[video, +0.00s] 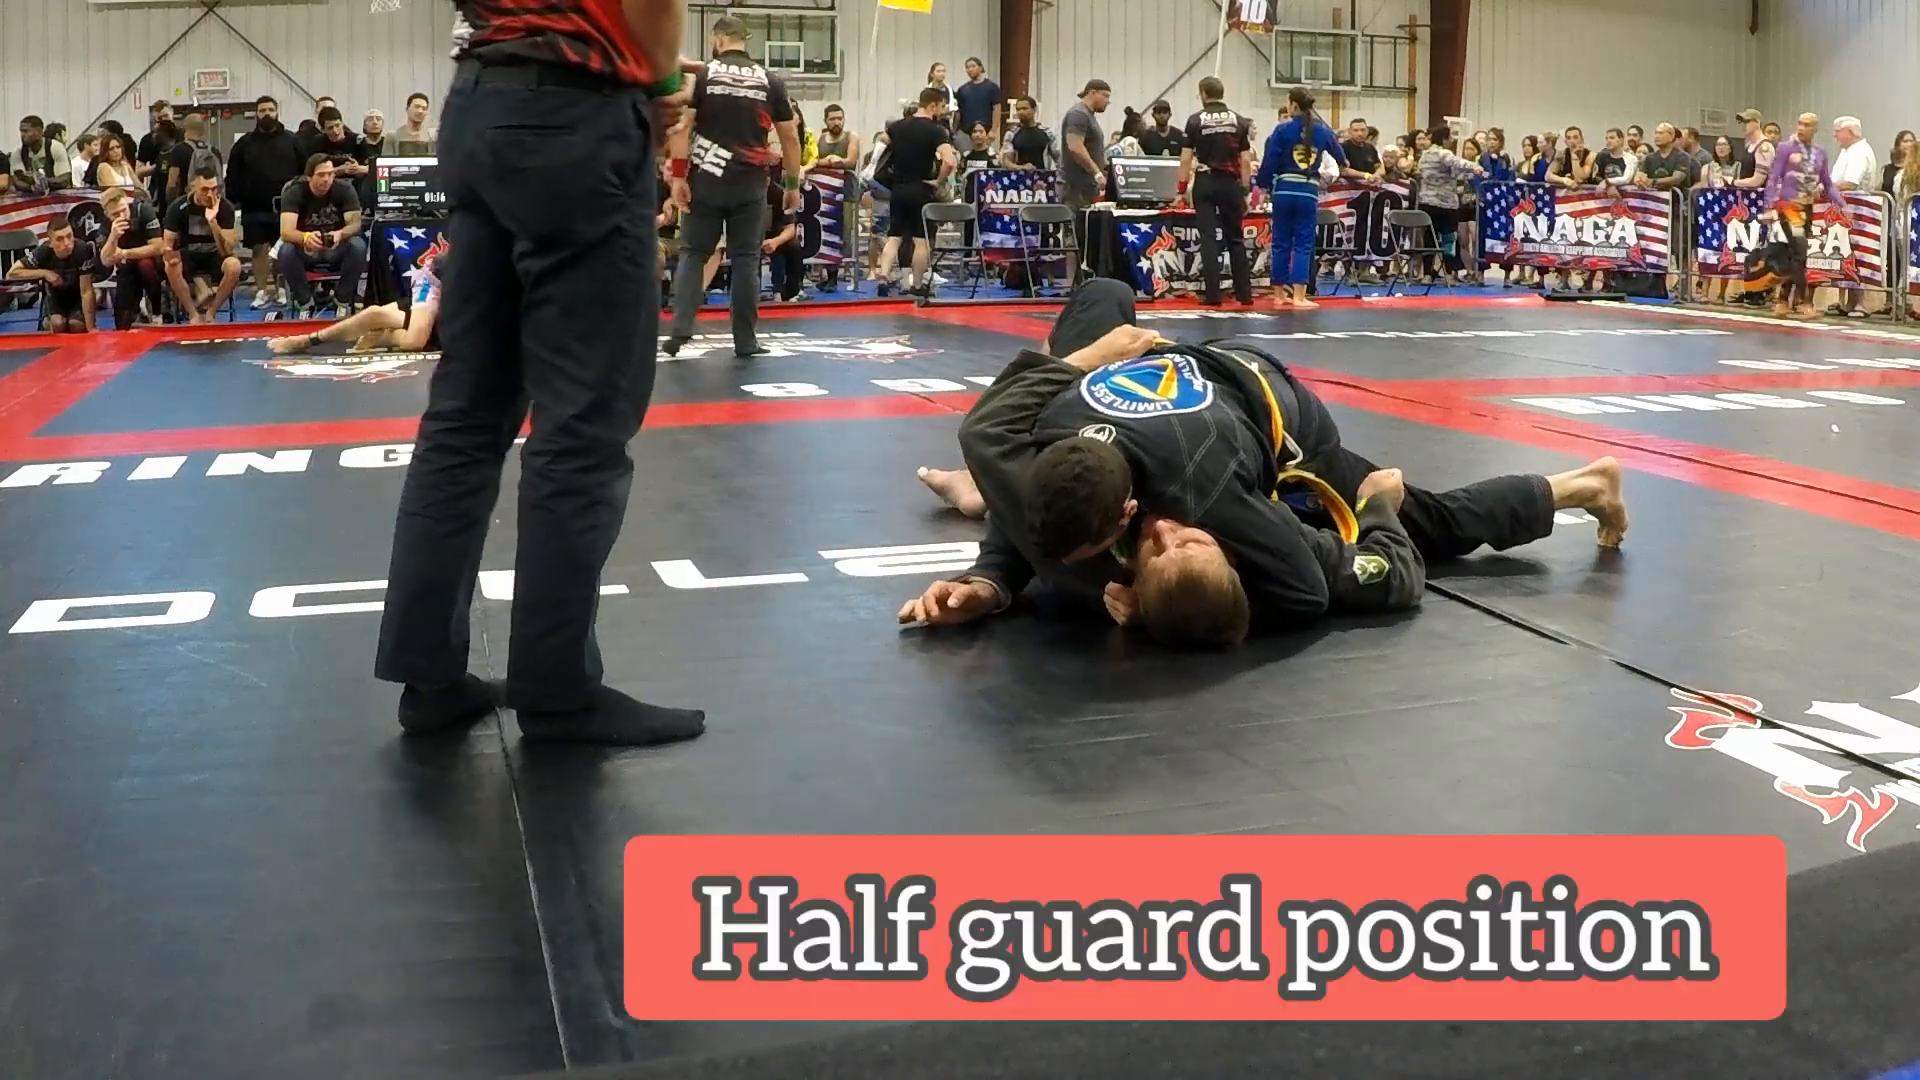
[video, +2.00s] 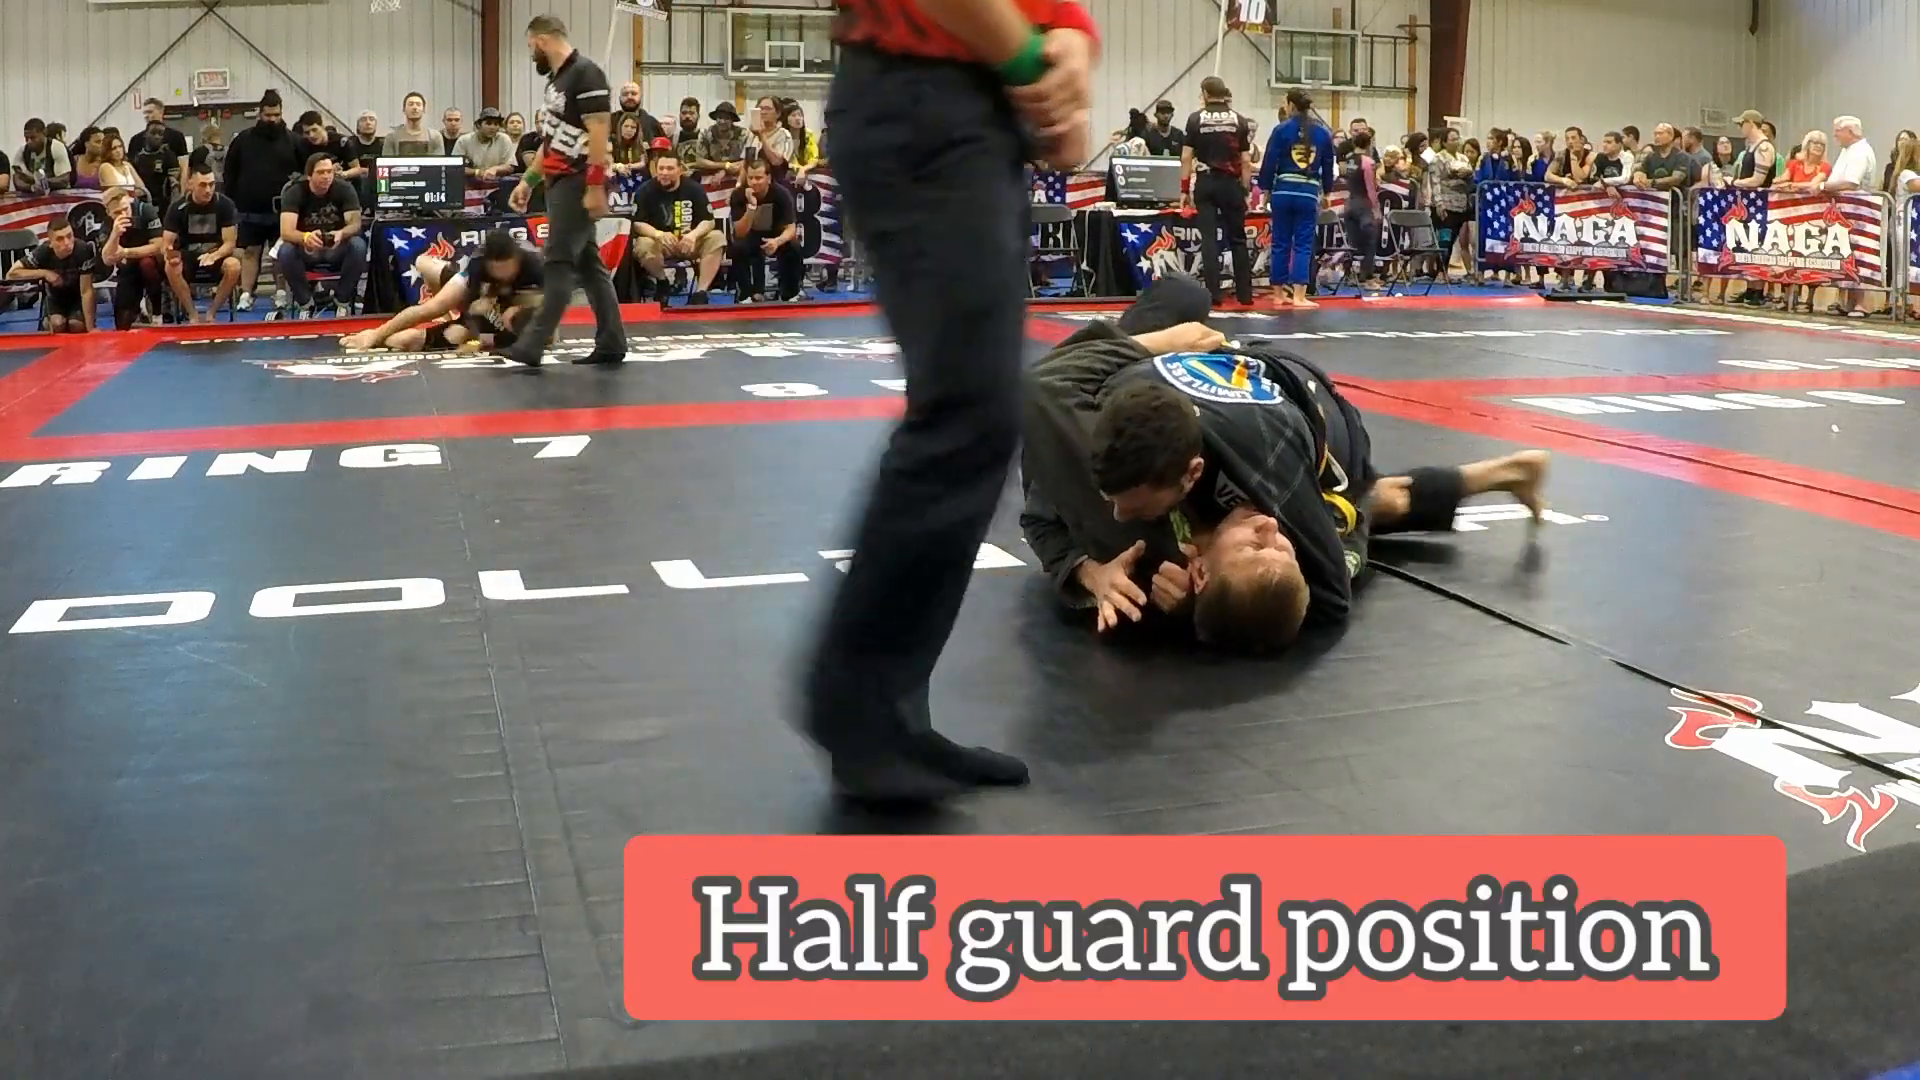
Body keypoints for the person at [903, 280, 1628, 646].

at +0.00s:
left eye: (1117, 558)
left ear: (1125, 534)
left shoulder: (1202, 503)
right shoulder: (1006, 460)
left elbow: (1314, 594)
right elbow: (1022, 551)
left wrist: (1153, 611)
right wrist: (986, 586)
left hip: (1273, 413)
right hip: (1181, 360)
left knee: (1411, 529)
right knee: (1092, 291)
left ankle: (1585, 486)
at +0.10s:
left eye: (1119, 556)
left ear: (1126, 533)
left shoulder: (1204, 499)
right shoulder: (1009, 461)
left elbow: (1322, 593)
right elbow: (1029, 561)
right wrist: (988, 591)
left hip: (1272, 408)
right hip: (1184, 359)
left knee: (1415, 530)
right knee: (1100, 286)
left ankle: (1587, 489)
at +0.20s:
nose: (1152, 540)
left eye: (1123, 546)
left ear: (1122, 520)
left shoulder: (1206, 494)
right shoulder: (1012, 452)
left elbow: (1309, 603)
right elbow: (1040, 558)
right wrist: (990, 591)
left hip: (1278, 414)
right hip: (1188, 360)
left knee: (1416, 530)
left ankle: (1587, 491)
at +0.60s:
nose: (1194, 529)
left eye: (1156, 534)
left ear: (1137, 496)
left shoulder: (1219, 481)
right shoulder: (1020, 418)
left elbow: (1320, 590)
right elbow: (1067, 541)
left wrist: (1154, 599)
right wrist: (1032, 583)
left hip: (1300, 410)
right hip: (1209, 354)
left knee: (1418, 530)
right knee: (1096, 277)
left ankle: (1581, 469)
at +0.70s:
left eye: (1087, 525)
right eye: (1062, 525)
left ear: (1134, 495)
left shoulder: (1221, 486)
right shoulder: (1043, 422)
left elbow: (1322, 583)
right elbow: (1059, 516)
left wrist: (1163, 603)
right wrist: (1051, 569)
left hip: (1296, 408)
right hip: (1213, 355)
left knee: (1423, 530)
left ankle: (1582, 471)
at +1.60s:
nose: (1121, 509)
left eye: (1136, 502)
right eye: (1114, 495)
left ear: (1184, 470)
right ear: (1099, 446)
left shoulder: (1269, 478)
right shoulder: (1069, 414)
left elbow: (1333, 598)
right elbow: (1045, 507)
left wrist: (1197, 590)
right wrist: (1095, 574)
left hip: (1331, 422)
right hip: (1233, 365)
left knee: (1383, 498)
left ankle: (1505, 475)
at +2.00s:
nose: (1129, 520)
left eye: (1145, 510)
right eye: (1118, 507)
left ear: (1191, 471)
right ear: (1103, 459)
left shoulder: (1271, 475)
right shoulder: (1061, 418)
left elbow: (1330, 600)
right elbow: (1041, 521)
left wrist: (1196, 594)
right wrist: (1087, 570)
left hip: (1303, 400)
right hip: (1213, 364)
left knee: (1372, 502)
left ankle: (1510, 470)